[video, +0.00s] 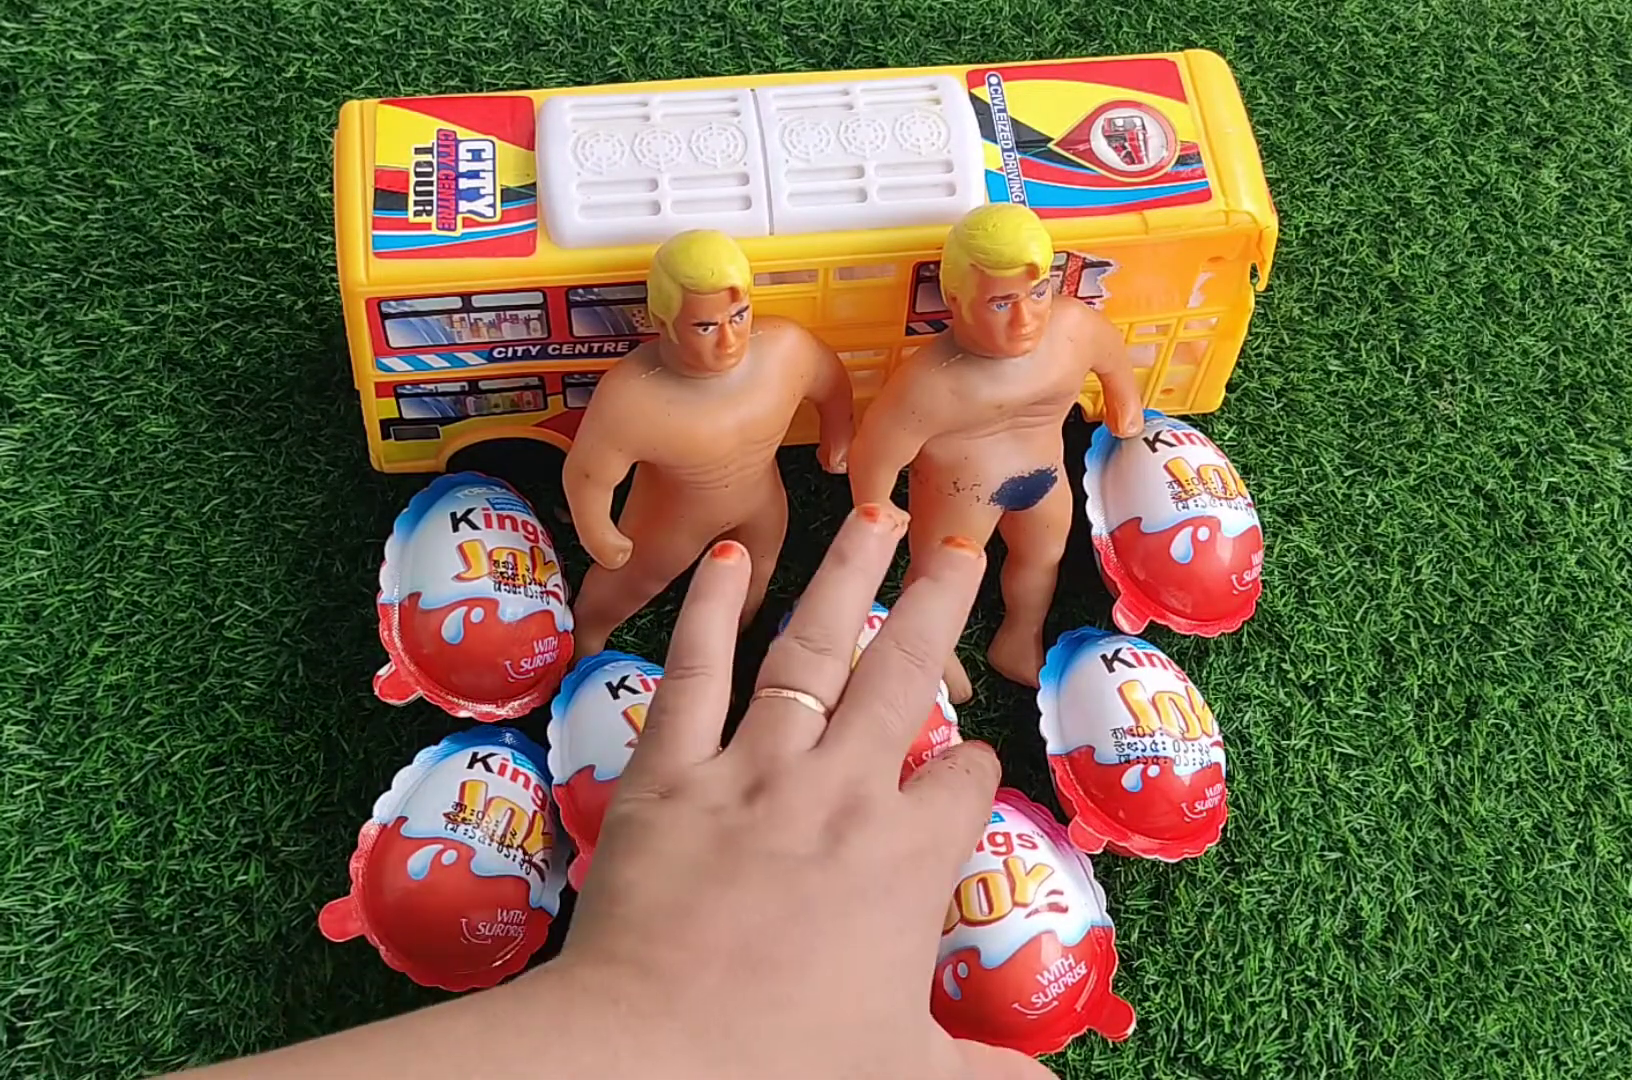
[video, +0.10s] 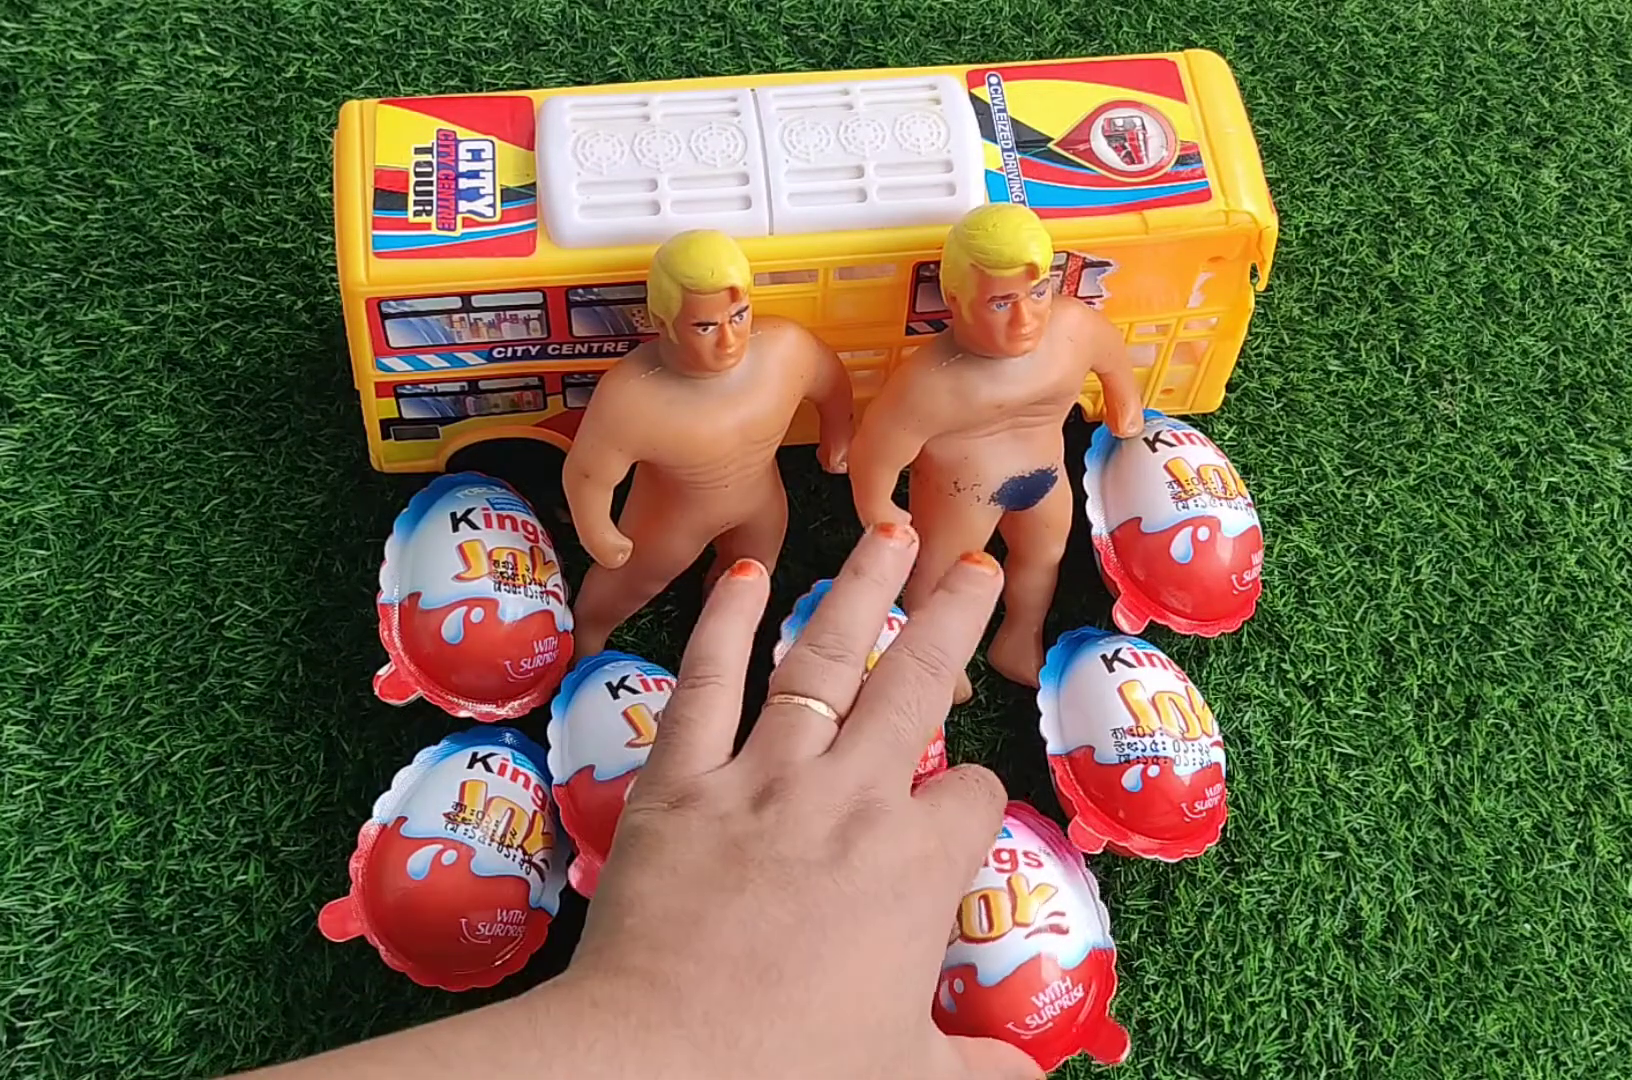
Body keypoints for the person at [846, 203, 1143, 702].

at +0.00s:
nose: (1024, 316)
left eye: (1036, 294)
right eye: (1000, 302)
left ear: (1049, 284)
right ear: (953, 303)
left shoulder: (1077, 326)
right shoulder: (927, 383)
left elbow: (1112, 357)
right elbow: (873, 456)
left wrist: (1125, 404)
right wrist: (875, 513)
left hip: (1044, 478)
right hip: (958, 493)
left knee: (1040, 561)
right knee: (938, 580)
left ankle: (1019, 643)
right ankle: (934, 647)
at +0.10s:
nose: (1024, 316)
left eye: (1036, 294)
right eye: (1000, 302)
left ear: (1049, 283)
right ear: (953, 303)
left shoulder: (1077, 326)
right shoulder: (927, 382)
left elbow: (1112, 357)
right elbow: (874, 451)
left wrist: (1126, 406)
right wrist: (877, 509)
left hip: (1045, 479)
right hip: (959, 494)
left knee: (1040, 562)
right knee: (941, 579)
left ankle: (1020, 645)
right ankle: (935, 660)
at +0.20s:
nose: (1024, 316)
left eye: (1036, 294)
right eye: (1000, 302)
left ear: (1049, 283)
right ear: (953, 303)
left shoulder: (1077, 327)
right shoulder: (927, 383)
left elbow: (1112, 358)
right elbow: (873, 454)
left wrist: (1125, 407)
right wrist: (877, 514)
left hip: (1045, 477)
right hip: (958, 492)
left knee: (1040, 563)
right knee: (943, 584)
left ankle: (1020, 646)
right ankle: (936, 662)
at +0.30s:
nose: (1024, 316)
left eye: (1036, 294)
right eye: (999, 302)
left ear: (1051, 282)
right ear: (953, 302)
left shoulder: (1078, 327)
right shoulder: (927, 383)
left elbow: (1113, 361)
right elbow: (873, 453)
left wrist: (1126, 409)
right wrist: (878, 514)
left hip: (1045, 475)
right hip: (959, 490)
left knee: (1040, 561)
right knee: (941, 580)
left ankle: (1020, 646)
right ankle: (932, 660)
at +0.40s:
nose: (1024, 317)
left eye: (1037, 294)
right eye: (999, 303)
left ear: (1051, 283)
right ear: (953, 302)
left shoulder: (1078, 327)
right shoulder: (927, 383)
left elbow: (1113, 360)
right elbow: (873, 454)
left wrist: (1126, 408)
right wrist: (878, 514)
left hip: (1045, 476)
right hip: (959, 490)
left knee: (1041, 561)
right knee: (941, 576)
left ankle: (1020, 641)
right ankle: (934, 648)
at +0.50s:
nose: (1023, 316)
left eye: (1036, 294)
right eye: (999, 302)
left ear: (1051, 284)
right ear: (953, 303)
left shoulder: (1077, 326)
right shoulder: (927, 382)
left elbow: (1112, 357)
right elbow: (874, 453)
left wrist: (1126, 404)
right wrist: (877, 514)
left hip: (1045, 474)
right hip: (960, 488)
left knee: (1041, 559)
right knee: (942, 574)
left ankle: (1020, 642)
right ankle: (932, 644)